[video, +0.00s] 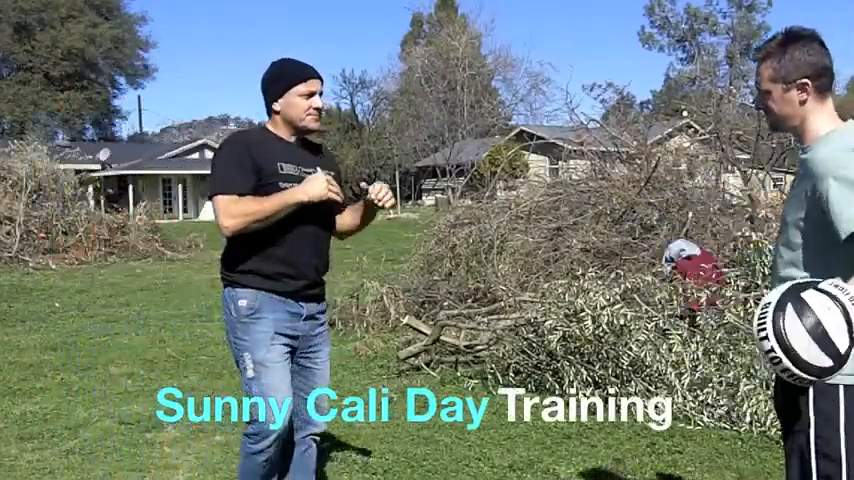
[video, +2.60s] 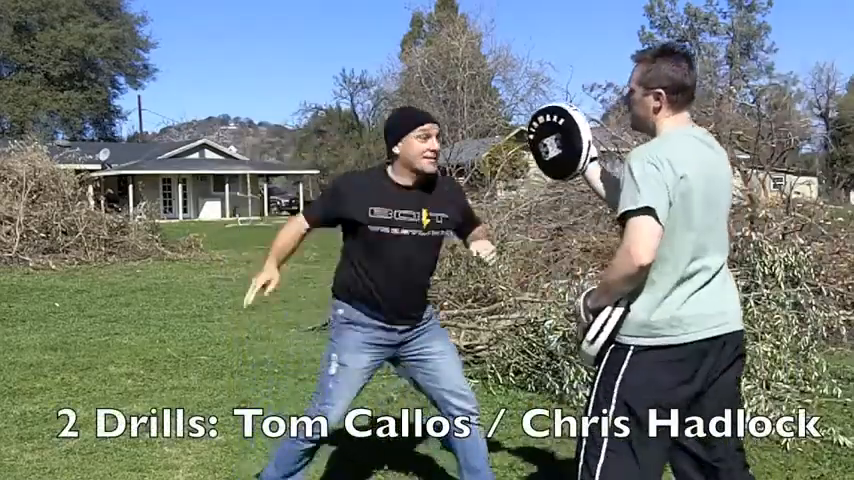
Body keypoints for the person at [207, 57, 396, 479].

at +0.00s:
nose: (318, 104)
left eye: (319, 95)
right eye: (307, 96)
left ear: (319, 99)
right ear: (277, 101)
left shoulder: (320, 158)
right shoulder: (241, 146)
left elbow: (341, 225)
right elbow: (229, 218)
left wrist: (369, 204)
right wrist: (299, 194)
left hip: (311, 306)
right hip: (257, 303)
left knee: (310, 423)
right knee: (272, 421)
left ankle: (300, 478)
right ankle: (254, 476)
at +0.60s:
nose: (301, 110)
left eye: (303, 101)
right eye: (289, 104)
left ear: (306, 104)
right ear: (260, 111)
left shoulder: (320, 157)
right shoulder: (226, 162)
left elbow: (336, 213)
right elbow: (211, 237)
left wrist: (343, 223)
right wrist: (275, 207)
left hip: (323, 306)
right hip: (258, 311)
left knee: (365, 394)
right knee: (256, 432)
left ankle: (338, 474)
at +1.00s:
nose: (313, 105)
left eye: (314, 96)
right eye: (302, 97)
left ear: (316, 99)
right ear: (274, 104)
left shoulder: (330, 151)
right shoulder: (244, 156)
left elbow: (351, 210)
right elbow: (216, 234)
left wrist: (361, 217)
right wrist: (277, 208)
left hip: (336, 302)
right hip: (272, 306)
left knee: (377, 410)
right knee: (262, 429)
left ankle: (383, 476)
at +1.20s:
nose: (380, 126)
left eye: (383, 117)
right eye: (369, 118)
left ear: (385, 119)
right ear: (341, 123)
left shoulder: (400, 169)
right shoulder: (306, 165)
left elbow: (425, 234)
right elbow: (306, 231)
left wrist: (441, 198)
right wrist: (355, 180)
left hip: (385, 317)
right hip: (319, 315)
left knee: (408, 422)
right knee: (284, 421)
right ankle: (264, 476)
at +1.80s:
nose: (363, 191)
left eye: (369, 179)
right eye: (351, 182)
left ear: (377, 172)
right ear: (329, 180)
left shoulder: (395, 200)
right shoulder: (297, 203)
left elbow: (425, 260)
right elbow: (283, 276)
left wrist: (418, 254)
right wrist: (325, 236)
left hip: (374, 325)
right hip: (304, 325)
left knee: (409, 413)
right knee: (267, 408)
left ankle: (418, 476)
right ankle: (252, 475)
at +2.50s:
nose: (380, 162)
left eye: (382, 151)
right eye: (368, 153)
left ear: (386, 152)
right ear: (342, 158)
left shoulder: (401, 189)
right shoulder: (310, 194)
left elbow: (445, 247)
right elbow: (271, 258)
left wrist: (408, 211)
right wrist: (309, 240)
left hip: (401, 321)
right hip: (333, 323)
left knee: (448, 408)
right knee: (296, 408)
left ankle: (472, 476)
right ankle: (261, 476)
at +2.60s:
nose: (434, 145)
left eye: (436, 137)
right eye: (423, 137)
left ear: (439, 144)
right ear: (396, 146)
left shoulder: (446, 191)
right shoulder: (354, 188)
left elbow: (473, 229)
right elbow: (302, 222)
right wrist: (271, 264)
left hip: (419, 327)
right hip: (359, 326)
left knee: (464, 412)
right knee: (324, 419)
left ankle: (480, 476)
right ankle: (273, 476)